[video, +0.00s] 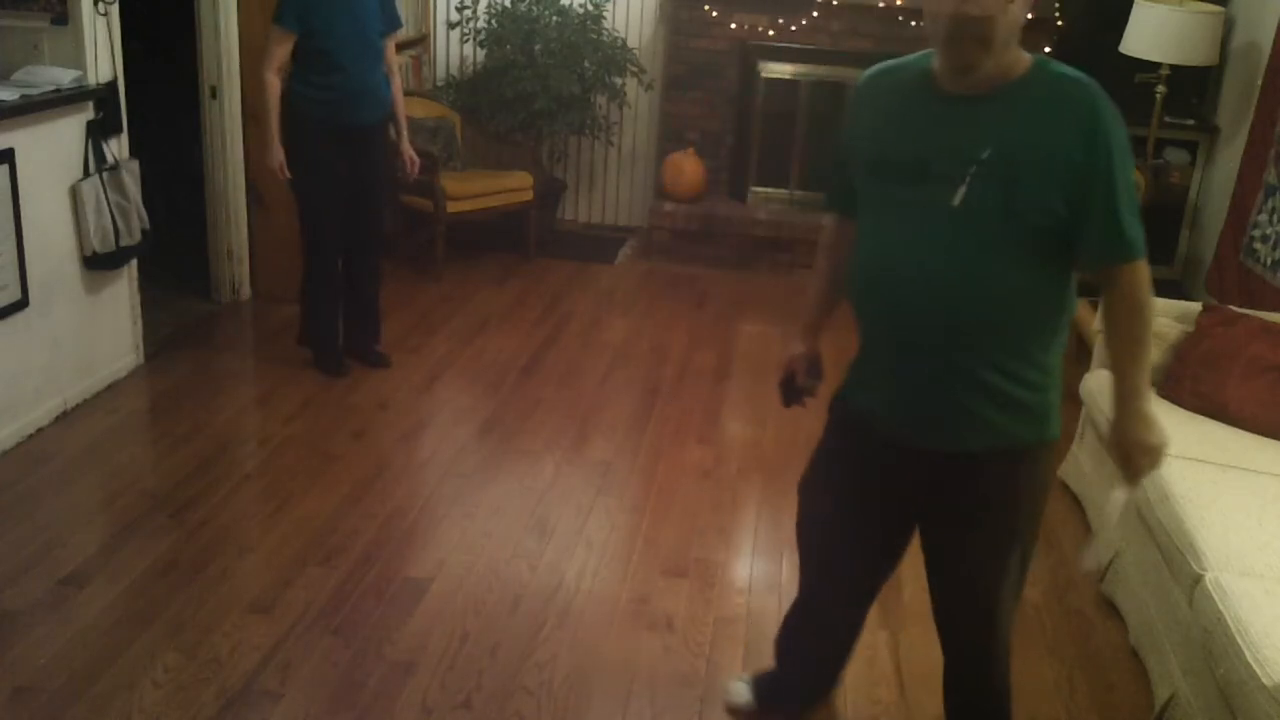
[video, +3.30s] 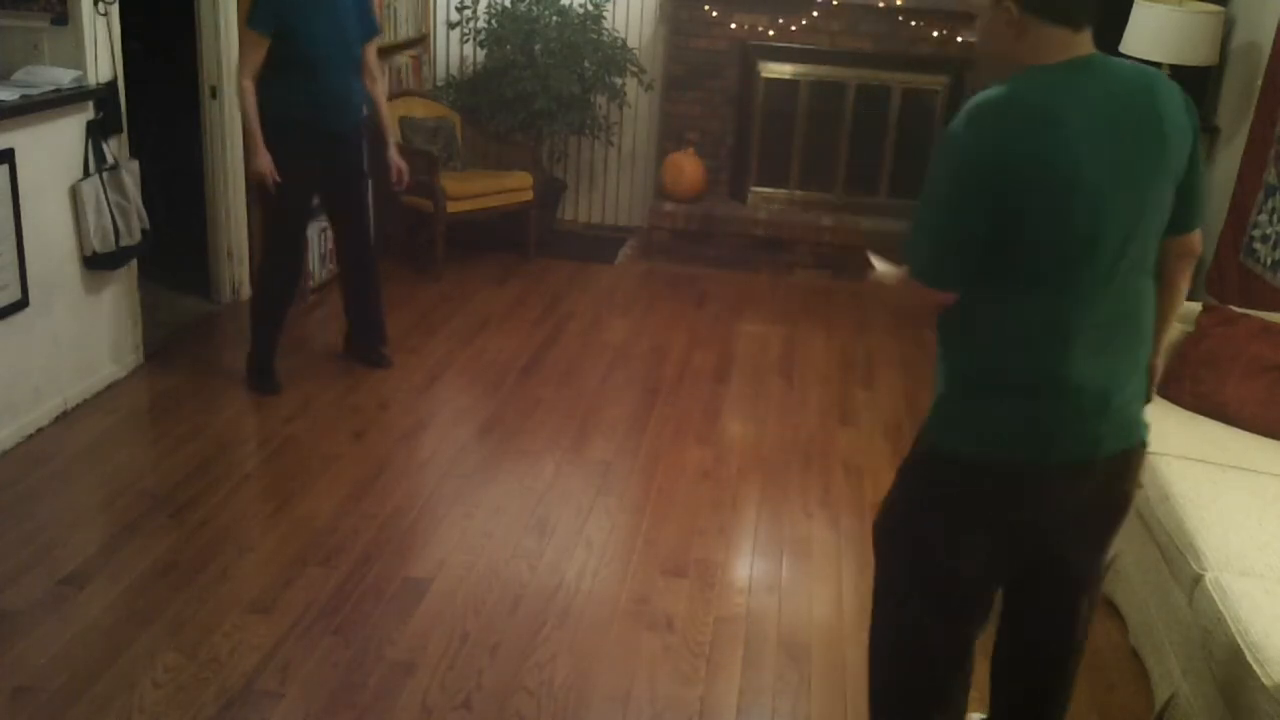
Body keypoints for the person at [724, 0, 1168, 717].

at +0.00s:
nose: (972, 5)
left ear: (1028, 9)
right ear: (926, 3)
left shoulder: (1077, 113)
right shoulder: (880, 93)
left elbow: (1125, 266)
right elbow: (845, 222)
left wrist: (1132, 404)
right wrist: (807, 333)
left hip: (1000, 430)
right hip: (877, 403)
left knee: (976, 630)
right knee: (828, 577)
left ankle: (979, 718)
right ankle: (793, 690)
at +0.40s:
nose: (975, 11)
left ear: (1040, 12)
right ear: (938, 2)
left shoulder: (1072, 119)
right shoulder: (903, 75)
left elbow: (1088, 291)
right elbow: (863, 210)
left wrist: (1053, 432)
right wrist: (820, 322)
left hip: (983, 428)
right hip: (872, 403)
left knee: (968, 617)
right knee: (846, 589)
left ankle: (969, 713)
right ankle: (851, 705)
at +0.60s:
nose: (954, 11)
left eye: (982, 1)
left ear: (1033, 13)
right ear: (926, 3)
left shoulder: (1055, 126)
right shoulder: (915, 76)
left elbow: (1039, 297)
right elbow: (880, 225)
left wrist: (937, 421)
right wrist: (832, 335)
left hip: (954, 433)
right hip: (864, 400)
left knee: (926, 614)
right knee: (835, 591)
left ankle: (947, 710)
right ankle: (840, 710)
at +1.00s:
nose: (885, 43)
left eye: (894, 23)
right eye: (883, 25)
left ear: (954, 12)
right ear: (957, 16)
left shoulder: (994, 126)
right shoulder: (1024, 101)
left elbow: (944, 312)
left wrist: (819, 378)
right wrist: (841, 371)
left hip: (949, 449)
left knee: (910, 638)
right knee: (889, 606)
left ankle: (903, 717)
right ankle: (857, 705)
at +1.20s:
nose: (877, 59)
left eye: (881, 36)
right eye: (871, 41)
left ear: (935, 18)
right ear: (942, 18)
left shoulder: (965, 130)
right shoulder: (1067, 98)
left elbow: (894, 312)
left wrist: (781, 331)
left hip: (949, 483)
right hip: (1023, 474)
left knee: (907, 691)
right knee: (943, 673)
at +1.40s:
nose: (883, 58)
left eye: (885, 35)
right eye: (878, 40)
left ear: (929, 16)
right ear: (997, 17)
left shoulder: (935, 131)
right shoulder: (1100, 105)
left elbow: (875, 309)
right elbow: (1122, 262)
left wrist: (767, 301)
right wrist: (1078, 366)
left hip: (954, 493)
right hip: (1065, 484)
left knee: (919, 697)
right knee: (999, 670)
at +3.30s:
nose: (969, 35)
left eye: (974, 18)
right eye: (968, 20)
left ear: (1009, 15)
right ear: (1083, 18)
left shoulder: (994, 120)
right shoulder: (1167, 105)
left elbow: (936, 285)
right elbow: (1181, 256)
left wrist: (890, 281)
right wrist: (1148, 361)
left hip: (982, 452)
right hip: (1105, 456)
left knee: (918, 657)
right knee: (1041, 667)